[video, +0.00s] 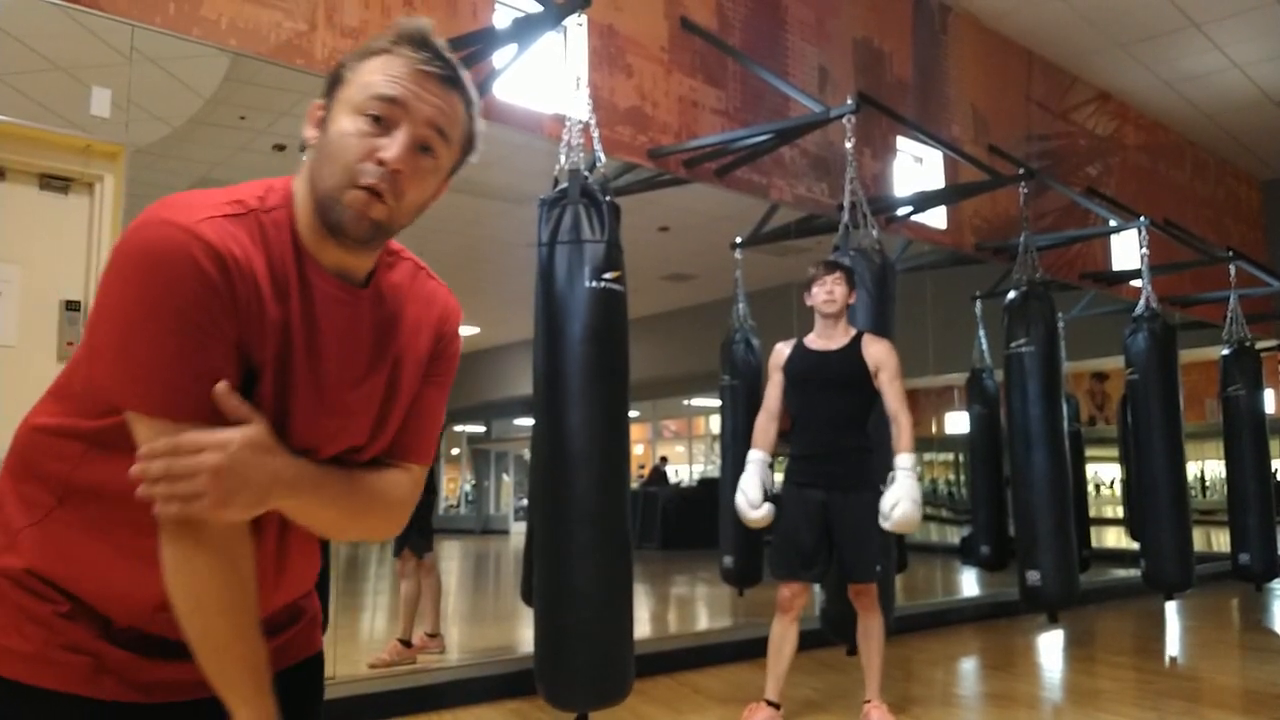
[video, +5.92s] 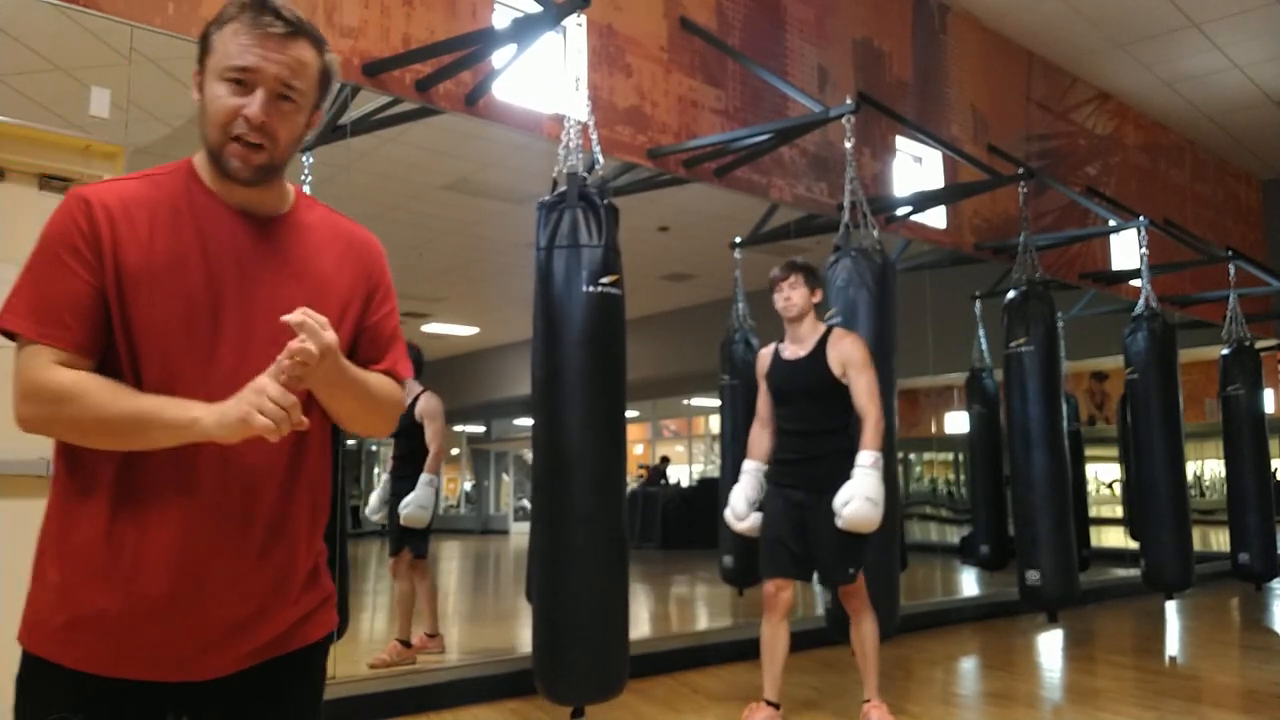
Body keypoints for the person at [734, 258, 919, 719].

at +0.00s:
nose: (827, 289)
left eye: (835, 283)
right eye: (819, 284)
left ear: (851, 296)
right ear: (809, 297)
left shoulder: (876, 350)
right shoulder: (785, 353)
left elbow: (899, 417)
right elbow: (768, 417)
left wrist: (905, 475)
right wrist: (755, 470)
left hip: (859, 491)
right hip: (801, 490)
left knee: (865, 596)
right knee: (788, 598)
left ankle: (873, 701)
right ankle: (770, 702)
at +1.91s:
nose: (829, 293)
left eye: (836, 286)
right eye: (821, 287)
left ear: (850, 296)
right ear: (809, 298)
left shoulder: (876, 350)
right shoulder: (786, 354)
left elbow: (897, 417)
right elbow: (772, 419)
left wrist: (901, 474)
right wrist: (760, 476)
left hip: (859, 491)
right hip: (801, 491)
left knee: (865, 595)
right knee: (788, 597)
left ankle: (873, 701)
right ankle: (770, 703)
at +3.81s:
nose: (831, 295)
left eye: (839, 288)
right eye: (823, 289)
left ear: (853, 296)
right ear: (811, 299)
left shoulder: (879, 351)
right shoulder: (790, 355)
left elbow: (898, 418)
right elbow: (776, 421)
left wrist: (898, 474)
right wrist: (762, 478)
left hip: (859, 492)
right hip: (802, 492)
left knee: (866, 597)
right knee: (791, 599)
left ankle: (873, 701)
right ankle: (770, 703)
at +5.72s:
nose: (800, 294)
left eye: (809, 287)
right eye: (795, 289)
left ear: (831, 295)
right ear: (790, 301)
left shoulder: (861, 347)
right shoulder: (783, 356)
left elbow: (886, 417)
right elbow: (773, 423)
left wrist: (881, 477)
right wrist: (758, 482)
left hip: (849, 491)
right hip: (795, 492)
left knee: (862, 596)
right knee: (780, 596)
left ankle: (873, 700)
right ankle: (770, 702)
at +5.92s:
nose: (784, 293)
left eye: (794, 286)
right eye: (779, 288)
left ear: (816, 296)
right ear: (773, 300)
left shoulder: (845, 344)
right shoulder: (769, 357)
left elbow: (871, 414)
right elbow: (763, 424)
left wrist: (866, 475)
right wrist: (749, 484)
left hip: (837, 490)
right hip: (782, 492)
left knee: (853, 596)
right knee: (775, 596)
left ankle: (873, 700)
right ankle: (769, 703)